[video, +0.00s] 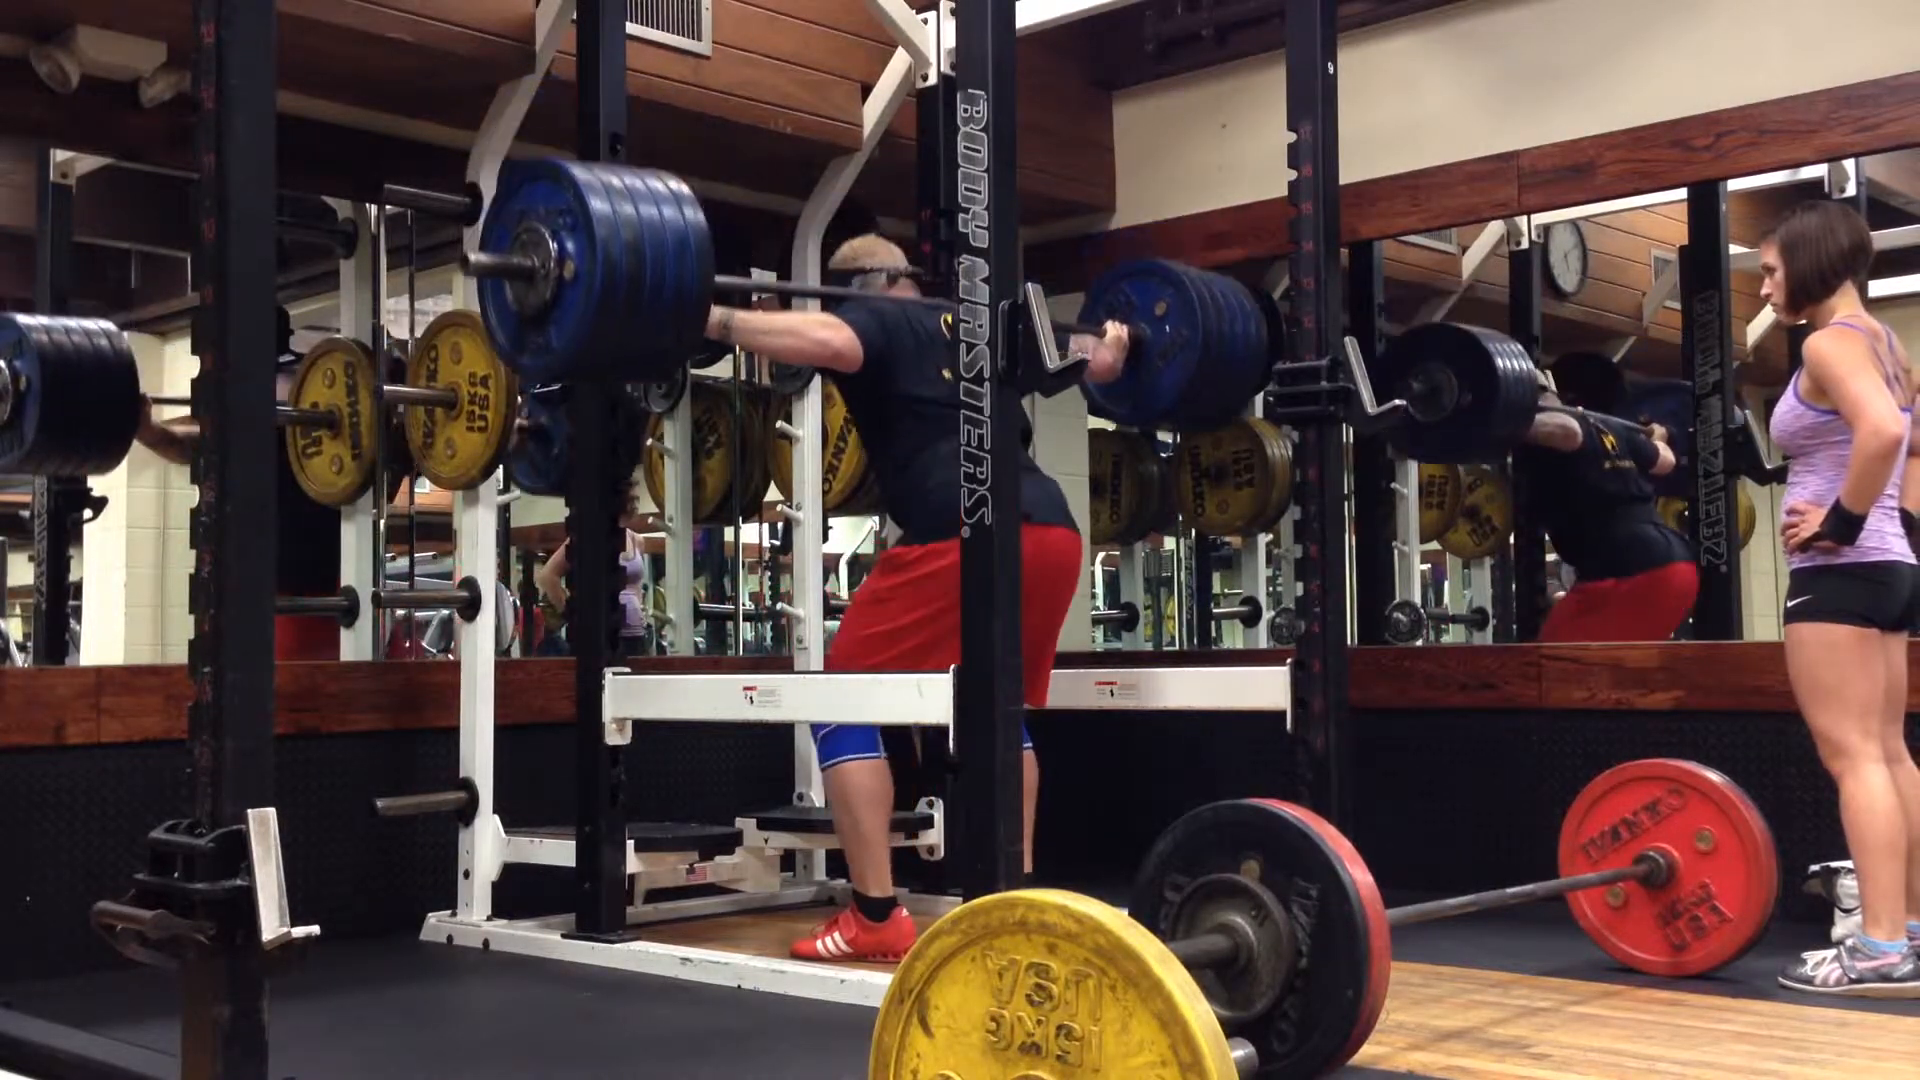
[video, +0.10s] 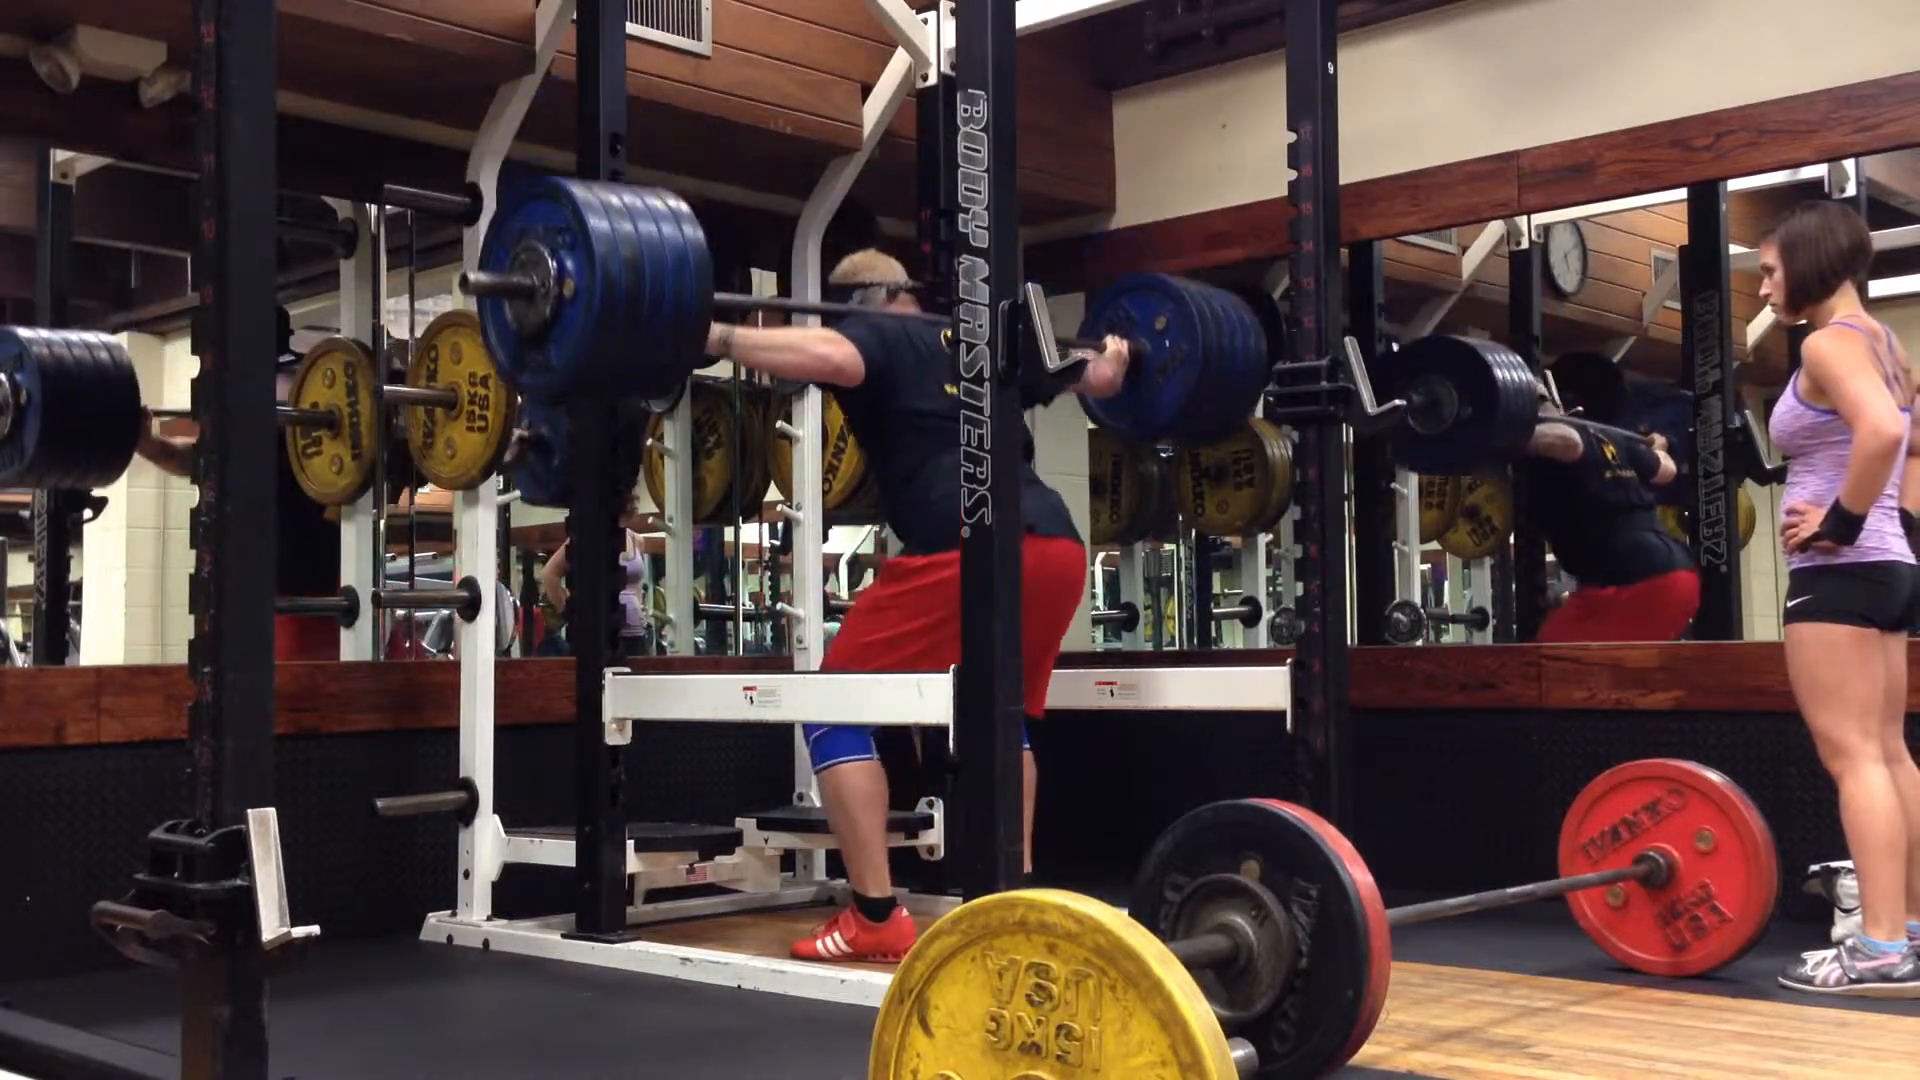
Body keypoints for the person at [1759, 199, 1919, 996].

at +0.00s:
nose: (1762, 284)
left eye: (1768, 267)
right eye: (1761, 268)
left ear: (1803, 265)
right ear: (1843, 264)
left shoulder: (1828, 342)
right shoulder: (1878, 340)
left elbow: (1881, 431)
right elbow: (1906, 448)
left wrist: (1839, 521)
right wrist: (1893, 522)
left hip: (1839, 574)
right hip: (1885, 569)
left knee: (1855, 758)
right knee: (1887, 750)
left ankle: (1883, 942)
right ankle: (1901, 927)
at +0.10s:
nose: (1762, 284)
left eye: (1767, 267)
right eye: (1761, 268)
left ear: (1802, 265)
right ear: (1842, 263)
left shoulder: (1827, 342)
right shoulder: (1878, 340)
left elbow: (1881, 431)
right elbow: (1906, 446)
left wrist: (1839, 521)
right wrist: (1893, 521)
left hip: (1839, 573)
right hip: (1885, 569)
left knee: (1854, 758)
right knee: (1887, 750)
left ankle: (1883, 942)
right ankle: (1901, 927)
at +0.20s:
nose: (1761, 283)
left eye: (1767, 267)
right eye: (1760, 267)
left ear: (1802, 264)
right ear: (1841, 263)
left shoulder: (1827, 342)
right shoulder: (1876, 340)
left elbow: (1879, 431)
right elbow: (1907, 448)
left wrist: (1839, 520)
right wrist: (1889, 519)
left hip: (1838, 573)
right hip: (1885, 568)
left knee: (1854, 757)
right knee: (1887, 750)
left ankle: (1883, 943)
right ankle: (1904, 927)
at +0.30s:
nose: (1761, 283)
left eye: (1766, 268)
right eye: (1760, 268)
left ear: (1801, 266)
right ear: (1841, 265)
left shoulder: (1827, 343)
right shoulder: (1877, 341)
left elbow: (1878, 432)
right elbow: (1908, 449)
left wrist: (1838, 521)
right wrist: (1890, 520)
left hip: (1837, 572)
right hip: (1885, 568)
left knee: (1854, 758)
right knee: (1887, 750)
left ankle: (1883, 943)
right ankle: (1904, 927)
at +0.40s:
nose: (1760, 283)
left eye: (1765, 268)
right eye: (1759, 268)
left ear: (1801, 266)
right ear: (1840, 264)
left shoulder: (1826, 343)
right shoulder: (1876, 341)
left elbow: (1878, 432)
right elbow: (1907, 448)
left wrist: (1837, 521)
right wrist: (1891, 521)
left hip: (1837, 572)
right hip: (1885, 568)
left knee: (1853, 757)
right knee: (1887, 750)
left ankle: (1882, 943)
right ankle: (1904, 927)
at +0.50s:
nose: (1759, 283)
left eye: (1764, 267)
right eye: (1758, 268)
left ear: (1800, 264)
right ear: (1838, 263)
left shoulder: (1825, 343)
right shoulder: (1875, 339)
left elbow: (1878, 431)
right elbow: (1907, 444)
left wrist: (1837, 521)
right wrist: (1891, 521)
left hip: (1836, 572)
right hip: (1884, 567)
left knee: (1853, 757)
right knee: (1886, 750)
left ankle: (1882, 943)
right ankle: (1904, 927)